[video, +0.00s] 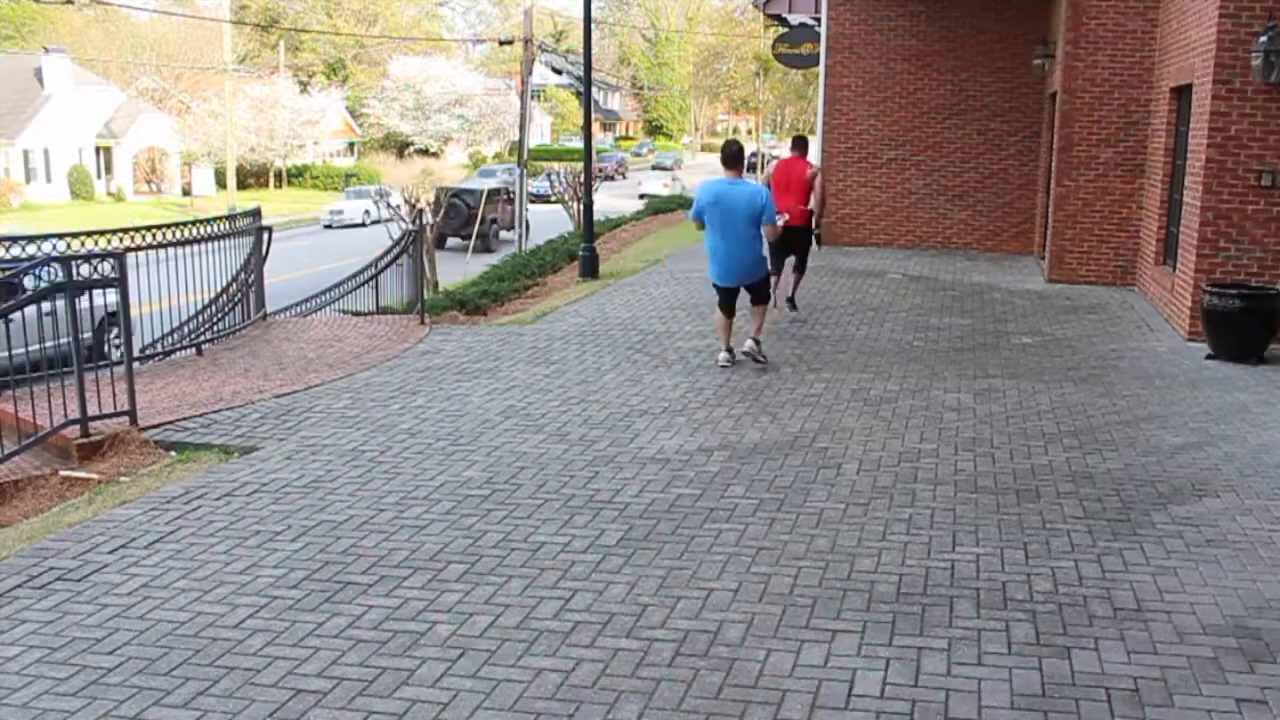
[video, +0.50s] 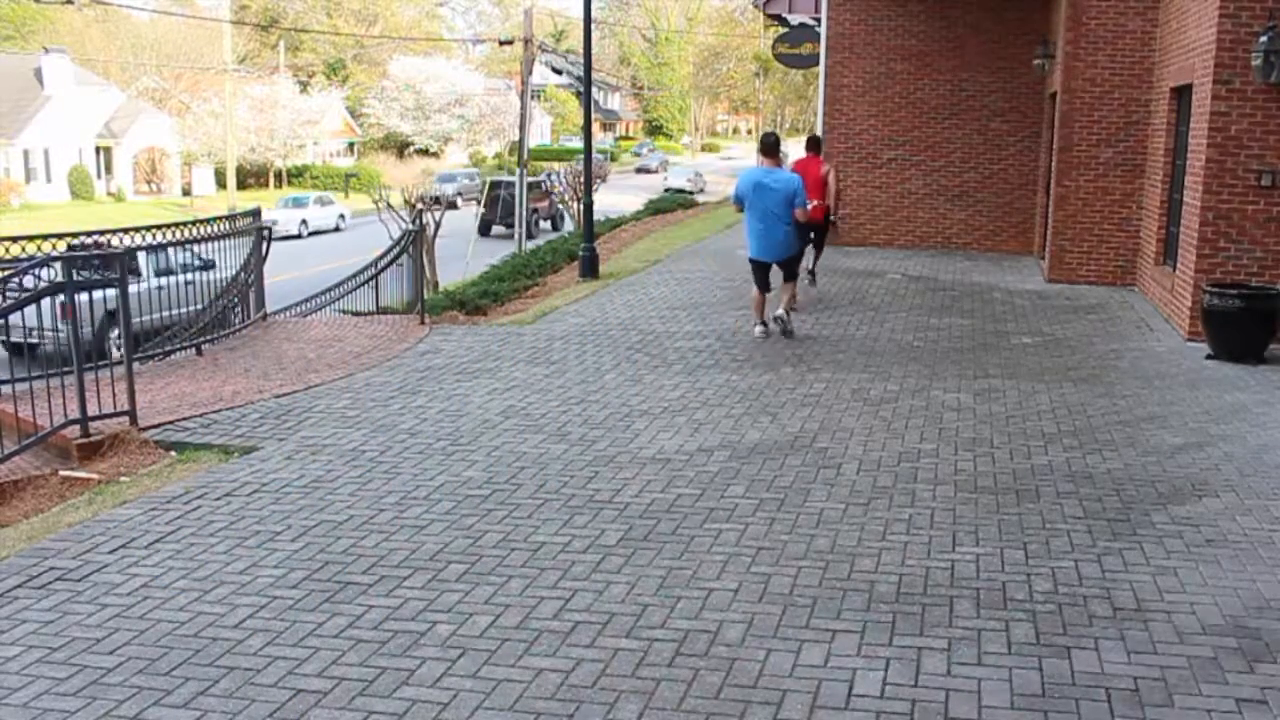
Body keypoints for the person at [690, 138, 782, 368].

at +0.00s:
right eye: (742, 159)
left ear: (721, 162)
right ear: (744, 162)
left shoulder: (707, 190)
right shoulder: (759, 193)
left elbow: (698, 223)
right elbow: (771, 234)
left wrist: (718, 216)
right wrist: (779, 226)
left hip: (721, 266)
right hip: (752, 265)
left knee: (725, 308)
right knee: (760, 298)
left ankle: (725, 350)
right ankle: (753, 338)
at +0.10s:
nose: (753, 160)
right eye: (754, 157)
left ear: (732, 159)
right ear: (754, 159)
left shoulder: (716, 187)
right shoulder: (766, 191)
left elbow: (706, 219)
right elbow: (773, 232)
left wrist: (726, 209)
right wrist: (778, 225)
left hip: (727, 262)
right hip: (758, 262)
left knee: (727, 306)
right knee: (767, 300)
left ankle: (726, 347)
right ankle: (770, 336)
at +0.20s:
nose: (759, 160)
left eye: (748, 156)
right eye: (762, 156)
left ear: (743, 158)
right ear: (765, 157)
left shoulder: (727, 183)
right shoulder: (777, 189)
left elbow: (712, 212)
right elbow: (781, 227)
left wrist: (730, 198)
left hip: (736, 256)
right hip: (765, 259)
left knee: (735, 293)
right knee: (771, 299)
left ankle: (728, 325)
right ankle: (776, 337)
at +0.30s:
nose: (773, 159)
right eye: (773, 156)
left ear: (752, 157)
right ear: (773, 158)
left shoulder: (736, 183)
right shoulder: (786, 188)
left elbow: (722, 212)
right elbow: (791, 224)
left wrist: (740, 199)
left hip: (745, 252)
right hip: (774, 255)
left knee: (745, 283)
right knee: (777, 294)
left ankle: (739, 325)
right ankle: (776, 335)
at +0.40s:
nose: (773, 154)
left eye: (761, 151)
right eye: (775, 150)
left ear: (756, 151)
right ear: (777, 151)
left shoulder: (744, 178)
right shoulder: (791, 181)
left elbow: (732, 209)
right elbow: (796, 217)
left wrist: (749, 200)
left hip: (752, 246)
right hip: (782, 248)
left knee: (751, 287)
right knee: (782, 292)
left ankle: (753, 321)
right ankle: (776, 328)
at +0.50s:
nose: (772, 154)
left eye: (763, 151)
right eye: (777, 150)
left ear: (759, 152)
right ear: (779, 151)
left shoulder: (747, 177)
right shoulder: (793, 180)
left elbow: (738, 206)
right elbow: (801, 215)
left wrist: (756, 202)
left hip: (758, 245)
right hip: (785, 245)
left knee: (760, 287)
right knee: (790, 278)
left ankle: (759, 323)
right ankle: (782, 310)